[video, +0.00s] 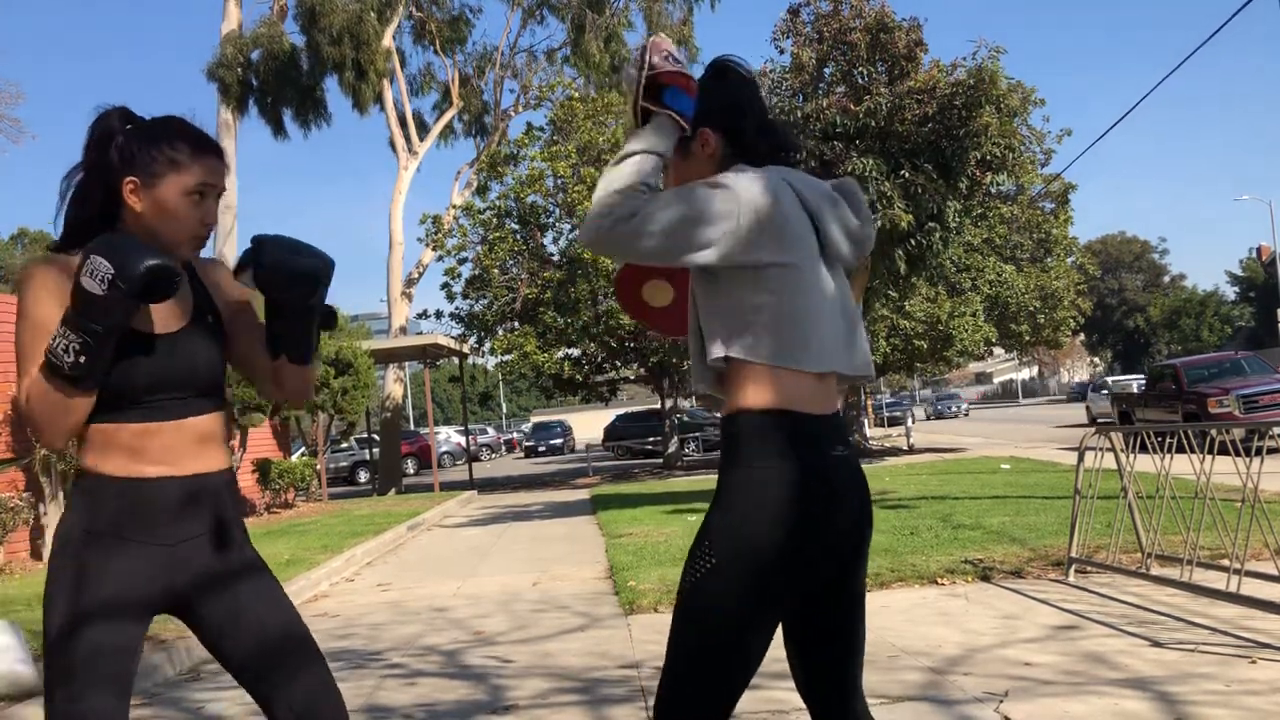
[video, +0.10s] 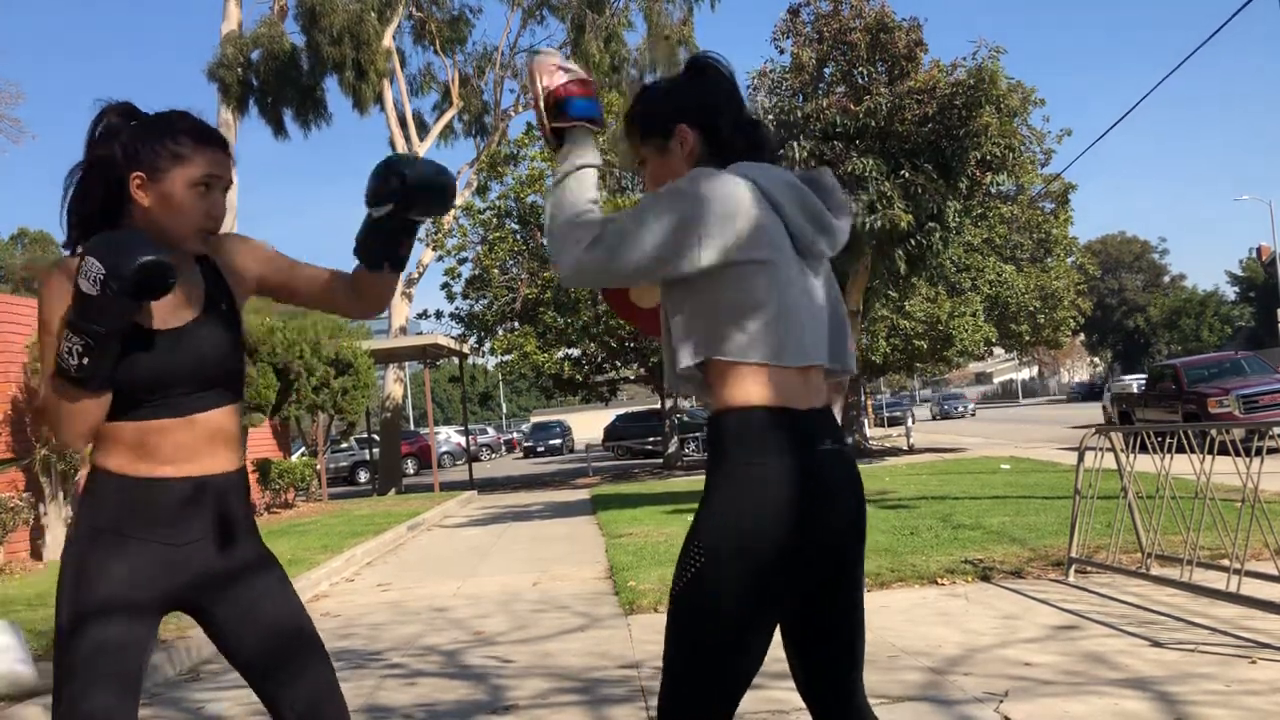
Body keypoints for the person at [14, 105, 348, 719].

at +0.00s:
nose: (213, 215)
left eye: (216, 198)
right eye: (200, 196)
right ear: (134, 193)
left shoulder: (214, 282)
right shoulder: (56, 279)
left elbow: (291, 389)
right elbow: (47, 429)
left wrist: (297, 310)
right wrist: (94, 319)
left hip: (215, 531)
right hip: (107, 536)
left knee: (318, 707)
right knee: (84, 711)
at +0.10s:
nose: (220, 208)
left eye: (225, 191)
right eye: (206, 188)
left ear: (228, 192)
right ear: (141, 189)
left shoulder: (232, 259)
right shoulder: (75, 284)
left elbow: (362, 297)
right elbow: (71, 433)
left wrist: (395, 222)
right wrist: (97, 324)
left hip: (227, 530)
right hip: (120, 533)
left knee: (320, 707)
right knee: (92, 711)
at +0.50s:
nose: (260, 217)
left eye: (263, 200)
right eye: (247, 198)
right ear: (185, 197)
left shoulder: (278, 265)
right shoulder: (121, 305)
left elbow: (403, 283)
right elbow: (130, 459)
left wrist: (452, 215)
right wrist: (166, 356)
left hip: (264, 541)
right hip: (166, 543)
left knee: (380, 705)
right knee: (146, 709)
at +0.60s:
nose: (287, 211)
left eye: (289, 194)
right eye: (276, 191)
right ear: (216, 191)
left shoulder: (273, 274)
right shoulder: (144, 295)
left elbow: (367, 361)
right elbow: (156, 445)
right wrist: (221, 340)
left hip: (278, 536)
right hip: (190, 541)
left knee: (387, 700)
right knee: (194, 711)